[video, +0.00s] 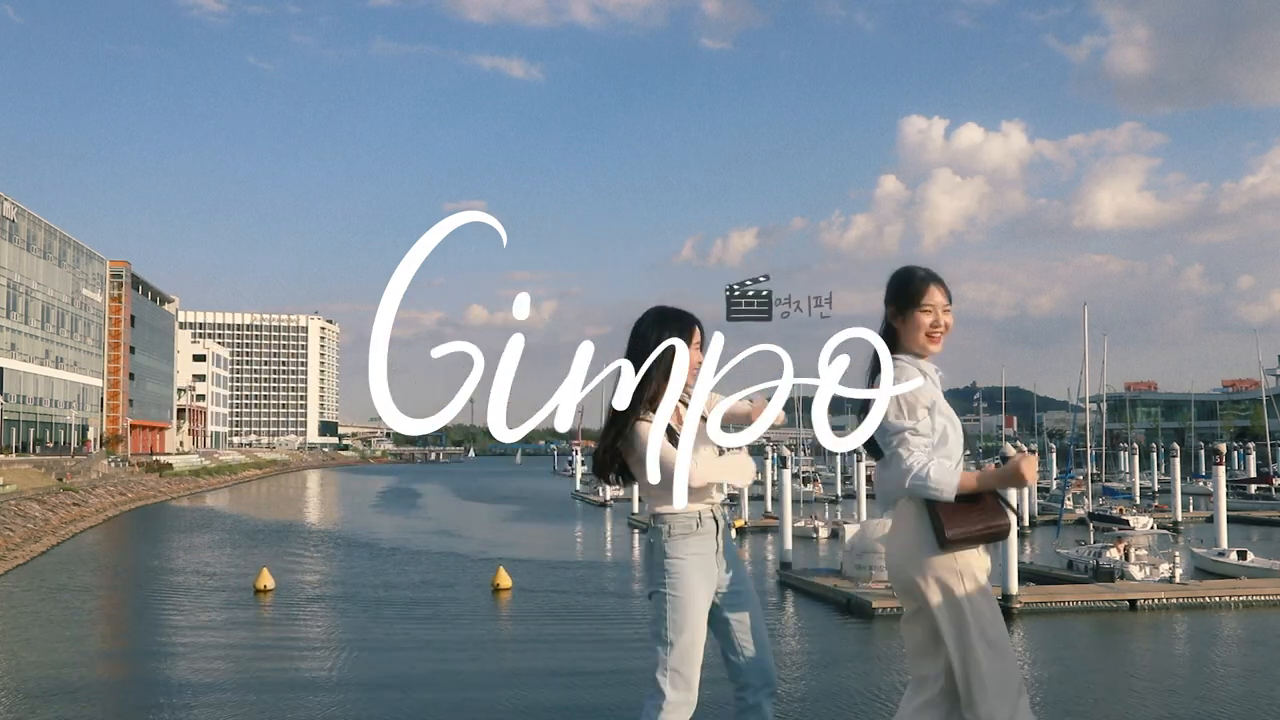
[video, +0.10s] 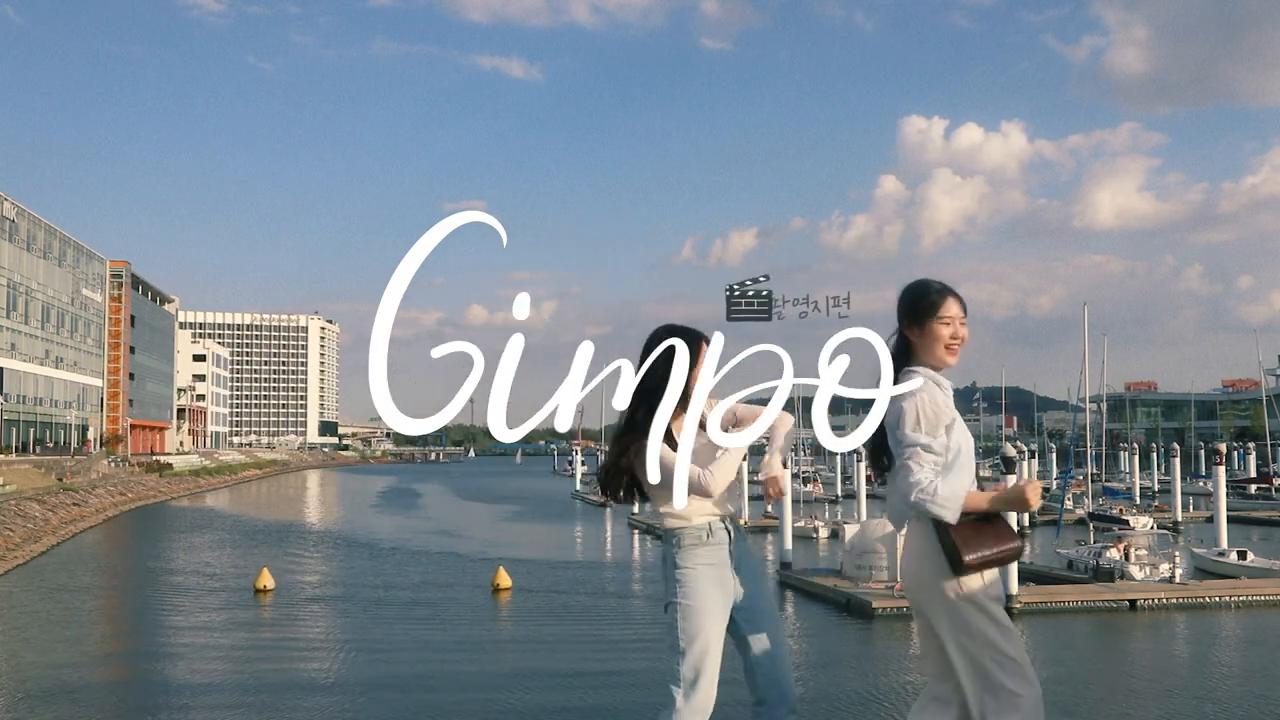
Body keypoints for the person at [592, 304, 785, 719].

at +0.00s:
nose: (700, 357)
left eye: (700, 347)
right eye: (691, 347)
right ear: (661, 353)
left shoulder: (691, 405)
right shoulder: (640, 424)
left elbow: (738, 411)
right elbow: (691, 471)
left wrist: (757, 411)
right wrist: (738, 464)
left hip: (721, 543)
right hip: (680, 547)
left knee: (758, 679)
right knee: (677, 691)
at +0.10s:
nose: (709, 376)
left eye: (709, 366)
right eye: (702, 367)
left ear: (696, 371)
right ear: (675, 371)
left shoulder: (709, 413)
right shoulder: (647, 442)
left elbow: (782, 418)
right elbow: (710, 483)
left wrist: (774, 458)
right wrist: (745, 430)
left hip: (739, 551)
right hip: (695, 558)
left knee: (776, 688)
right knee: (695, 696)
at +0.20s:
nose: (717, 387)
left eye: (716, 377)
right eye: (706, 379)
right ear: (679, 384)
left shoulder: (720, 424)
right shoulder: (662, 451)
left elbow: (778, 429)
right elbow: (721, 502)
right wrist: (779, 443)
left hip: (752, 556)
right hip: (709, 563)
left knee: (787, 687)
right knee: (714, 697)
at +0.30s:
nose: (731, 380)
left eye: (730, 370)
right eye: (722, 371)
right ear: (696, 375)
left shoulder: (730, 420)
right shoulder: (677, 433)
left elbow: (792, 425)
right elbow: (712, 512)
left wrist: (758, 444)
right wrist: (790, 498)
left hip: (758, 555)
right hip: (719, 559)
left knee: (784, 682)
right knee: (735, 686)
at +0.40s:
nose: (741, 376)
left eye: (740, 366)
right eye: (734, 367)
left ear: (721, 374)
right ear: (707, 371)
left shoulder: (730, 417)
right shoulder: (692, 427)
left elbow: (788, 435)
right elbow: (742, 497)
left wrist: (787, 435)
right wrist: (778, 483)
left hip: (755, 553)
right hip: (726, 556)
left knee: (782, 687)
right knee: (736, 691)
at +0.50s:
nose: (752, 372)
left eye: (750, 363)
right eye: (745, 365)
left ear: (722, 373)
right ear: (723, 371)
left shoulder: (736, 426)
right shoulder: (722, 434)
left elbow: (786, 459)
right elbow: (803, 485)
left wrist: (828, 484)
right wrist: (786, 442)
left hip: (752, 562)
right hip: (733, 565)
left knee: (788, 684)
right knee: (743, 699)